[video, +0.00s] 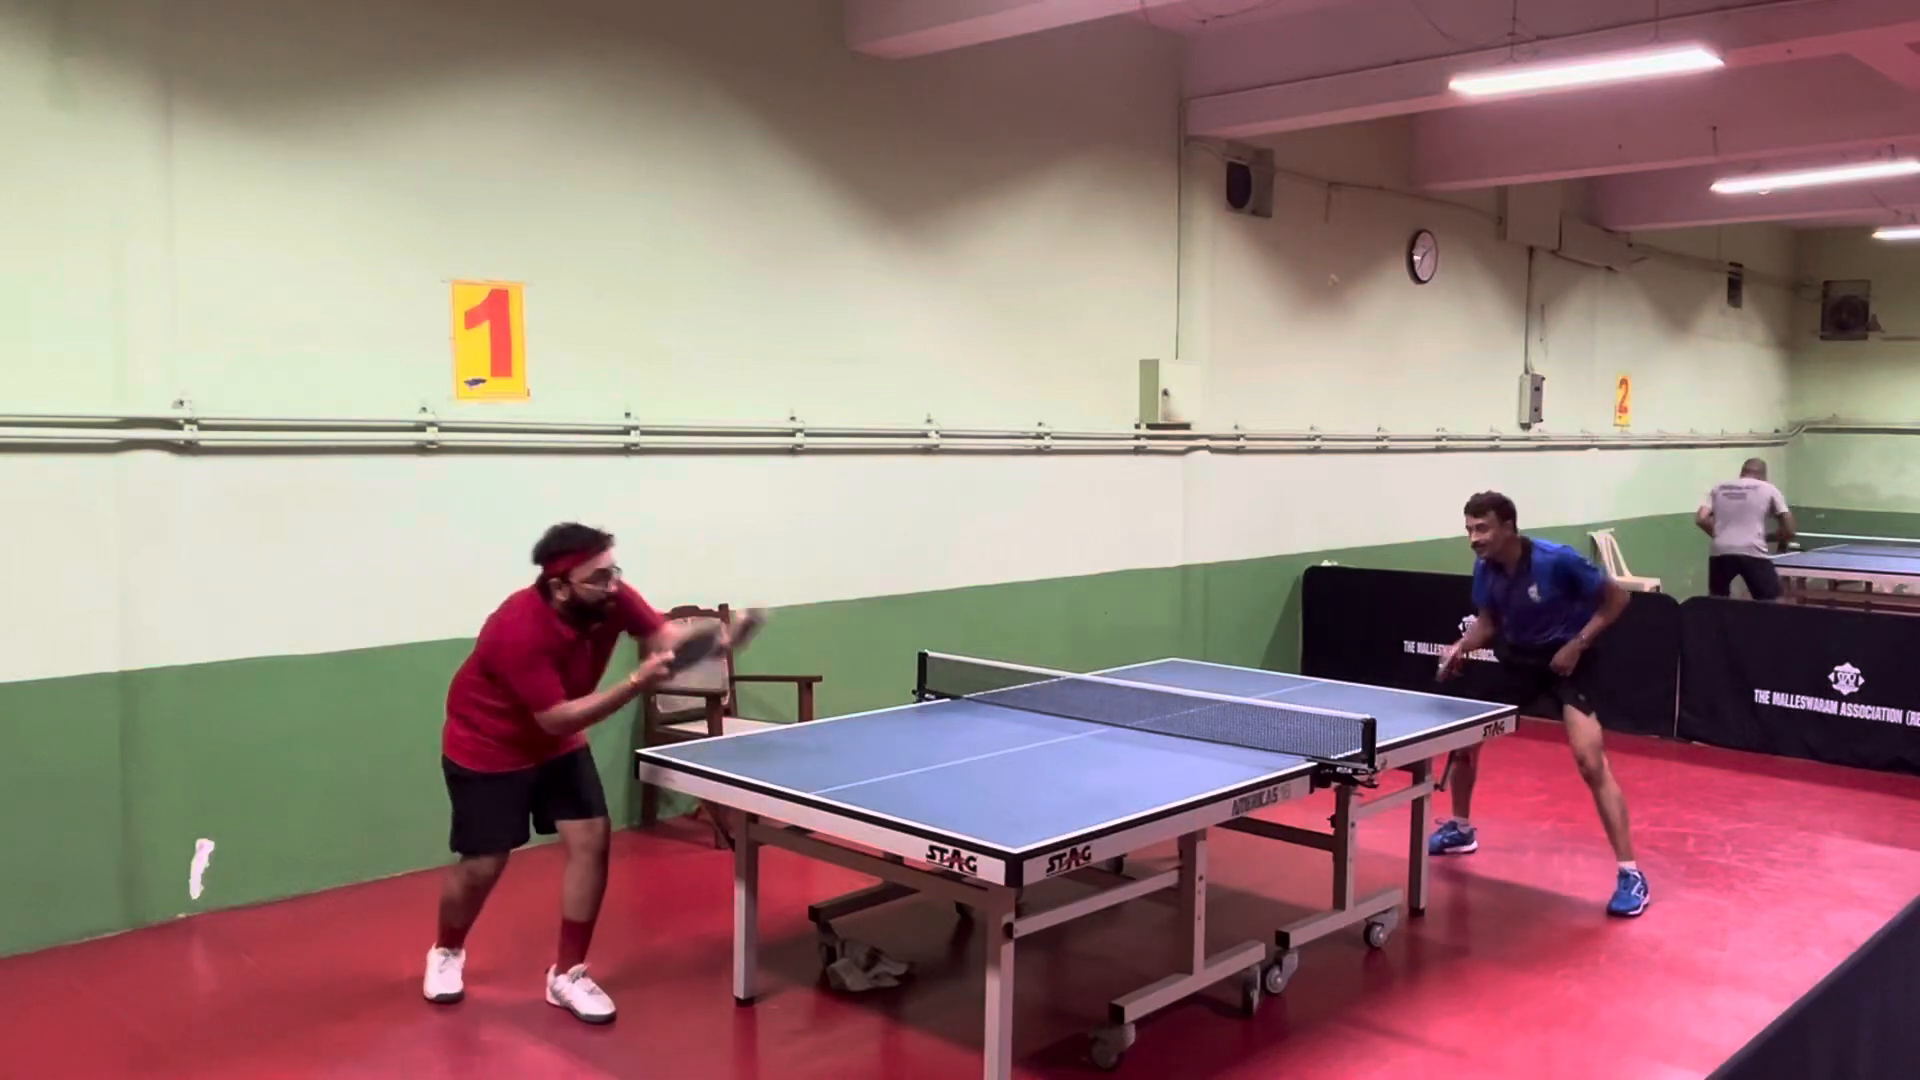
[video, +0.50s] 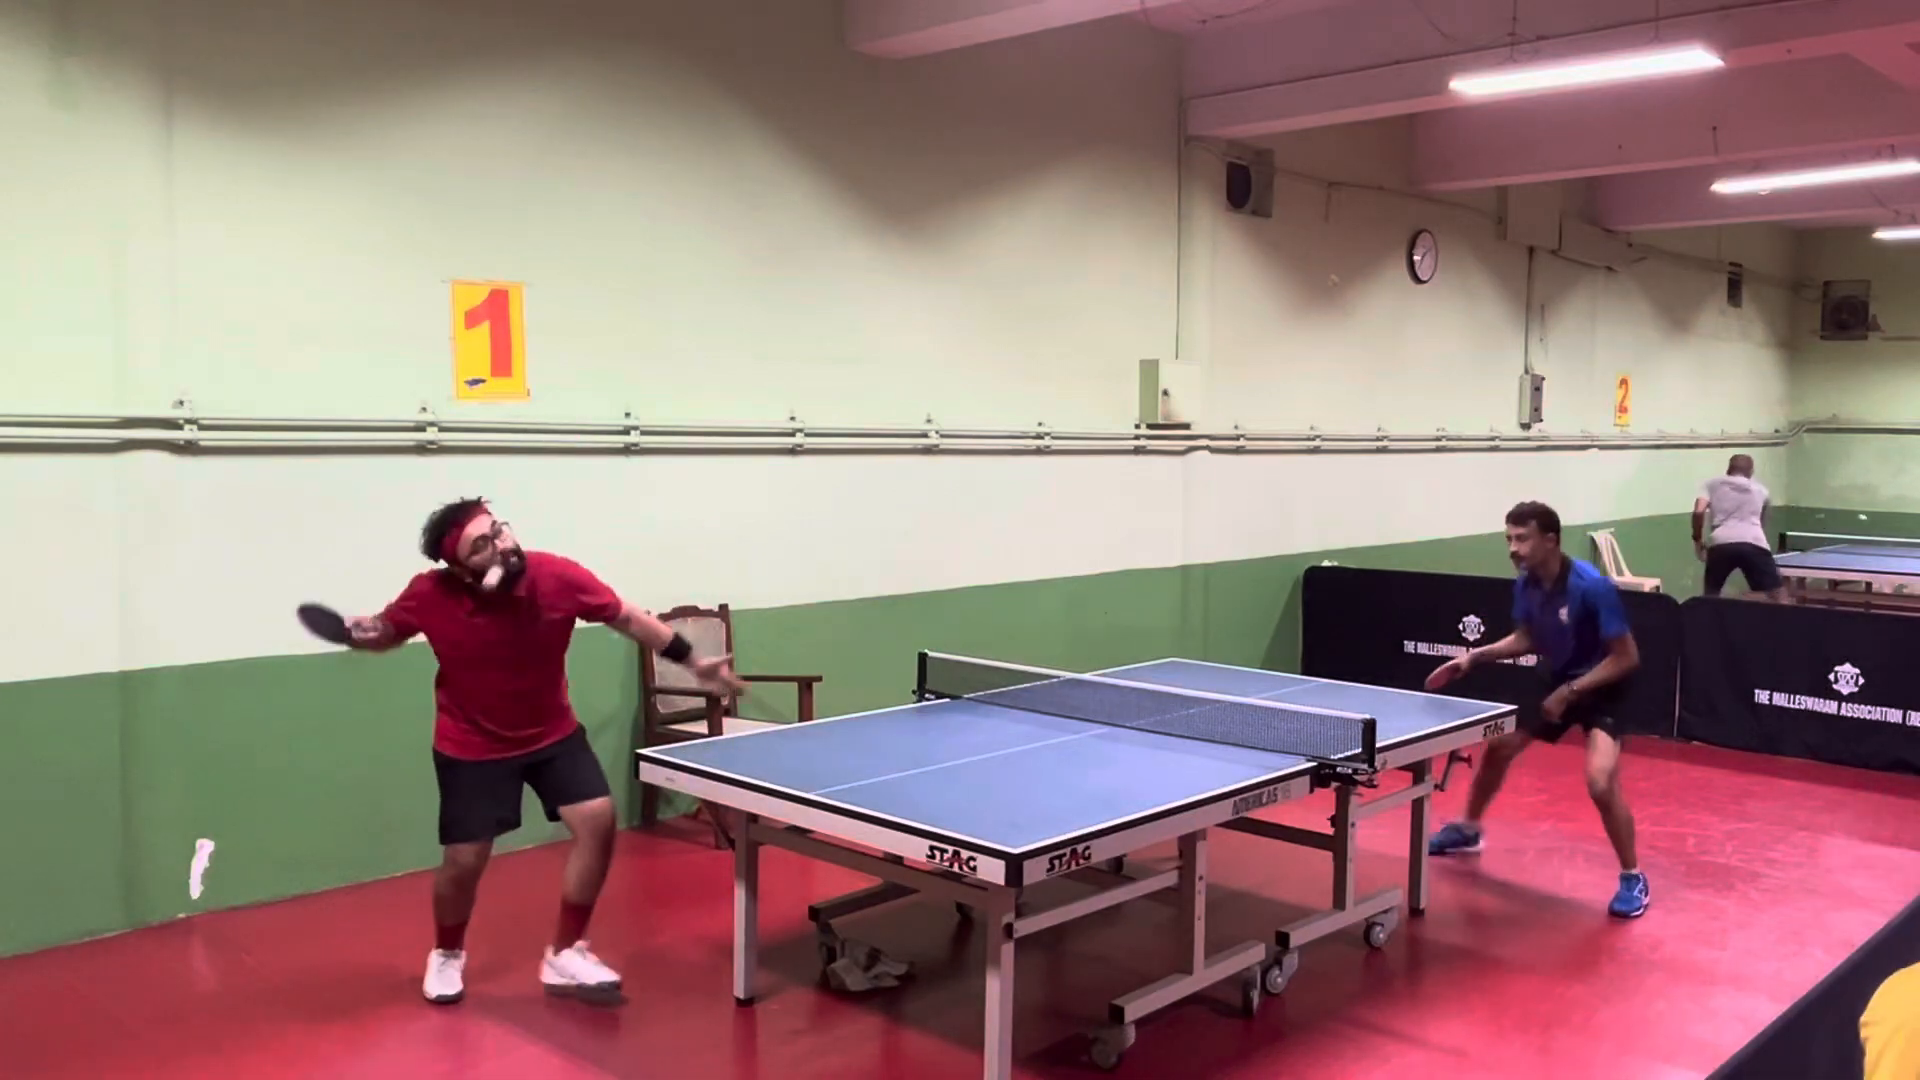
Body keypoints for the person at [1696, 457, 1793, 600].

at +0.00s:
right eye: (1763, 476)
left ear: (1741, 473)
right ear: (1763, 475)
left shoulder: (1719, 487)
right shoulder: (1769, 489)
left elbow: (1701, 519)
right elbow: (1788, 530)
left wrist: (1720, 535)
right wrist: (1779, 538)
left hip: (1721, 554)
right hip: (1753, 554)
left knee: (1717, 606)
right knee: (1770, 606)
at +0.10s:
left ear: (1729, 477)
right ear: (1751, 479)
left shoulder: (1711, 490)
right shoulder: (1761, 494)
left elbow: (1696, 520)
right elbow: (1772, 536)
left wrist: (1712, 535)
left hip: (1716, 553)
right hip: (1749, 552)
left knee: (1712, 602)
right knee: (1764, 603)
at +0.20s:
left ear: (1723, 479)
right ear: (1745, 482)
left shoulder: (1709, 491)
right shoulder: (1754, 498)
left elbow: (1694, 517)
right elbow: (1756, 527)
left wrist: (1699, 540)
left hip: (1713, 550)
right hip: (1747, 550)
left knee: (1707, 598)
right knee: (1765, 602)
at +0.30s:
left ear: (1720, 478)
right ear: (1742, 481)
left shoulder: (1707, 488)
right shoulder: (1753, 497)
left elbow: (1695, 512)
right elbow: (1753, 524)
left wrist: (1692, 538)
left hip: (1715, 549)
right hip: (1748, 548)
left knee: (1705, 597)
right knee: (1768, 598)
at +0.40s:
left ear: (1723, 474)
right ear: (1745, 477)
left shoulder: (1708, 485)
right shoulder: (1755, 492)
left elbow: (1696, 512)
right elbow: (1755, 522)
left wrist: (1692, 539)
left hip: (1717, 547)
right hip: (1750, 547)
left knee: (1708, 598)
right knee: (1771, 597)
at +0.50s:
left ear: (1728, 470)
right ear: (1751, 473)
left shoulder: (1712, 484)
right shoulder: (1761, 491)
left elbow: (1698, 512)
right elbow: (1762, 523)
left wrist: (1698, 541)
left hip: (1721, 546)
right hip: (1755, 546)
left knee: (1710, 596)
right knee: (1775, 597)